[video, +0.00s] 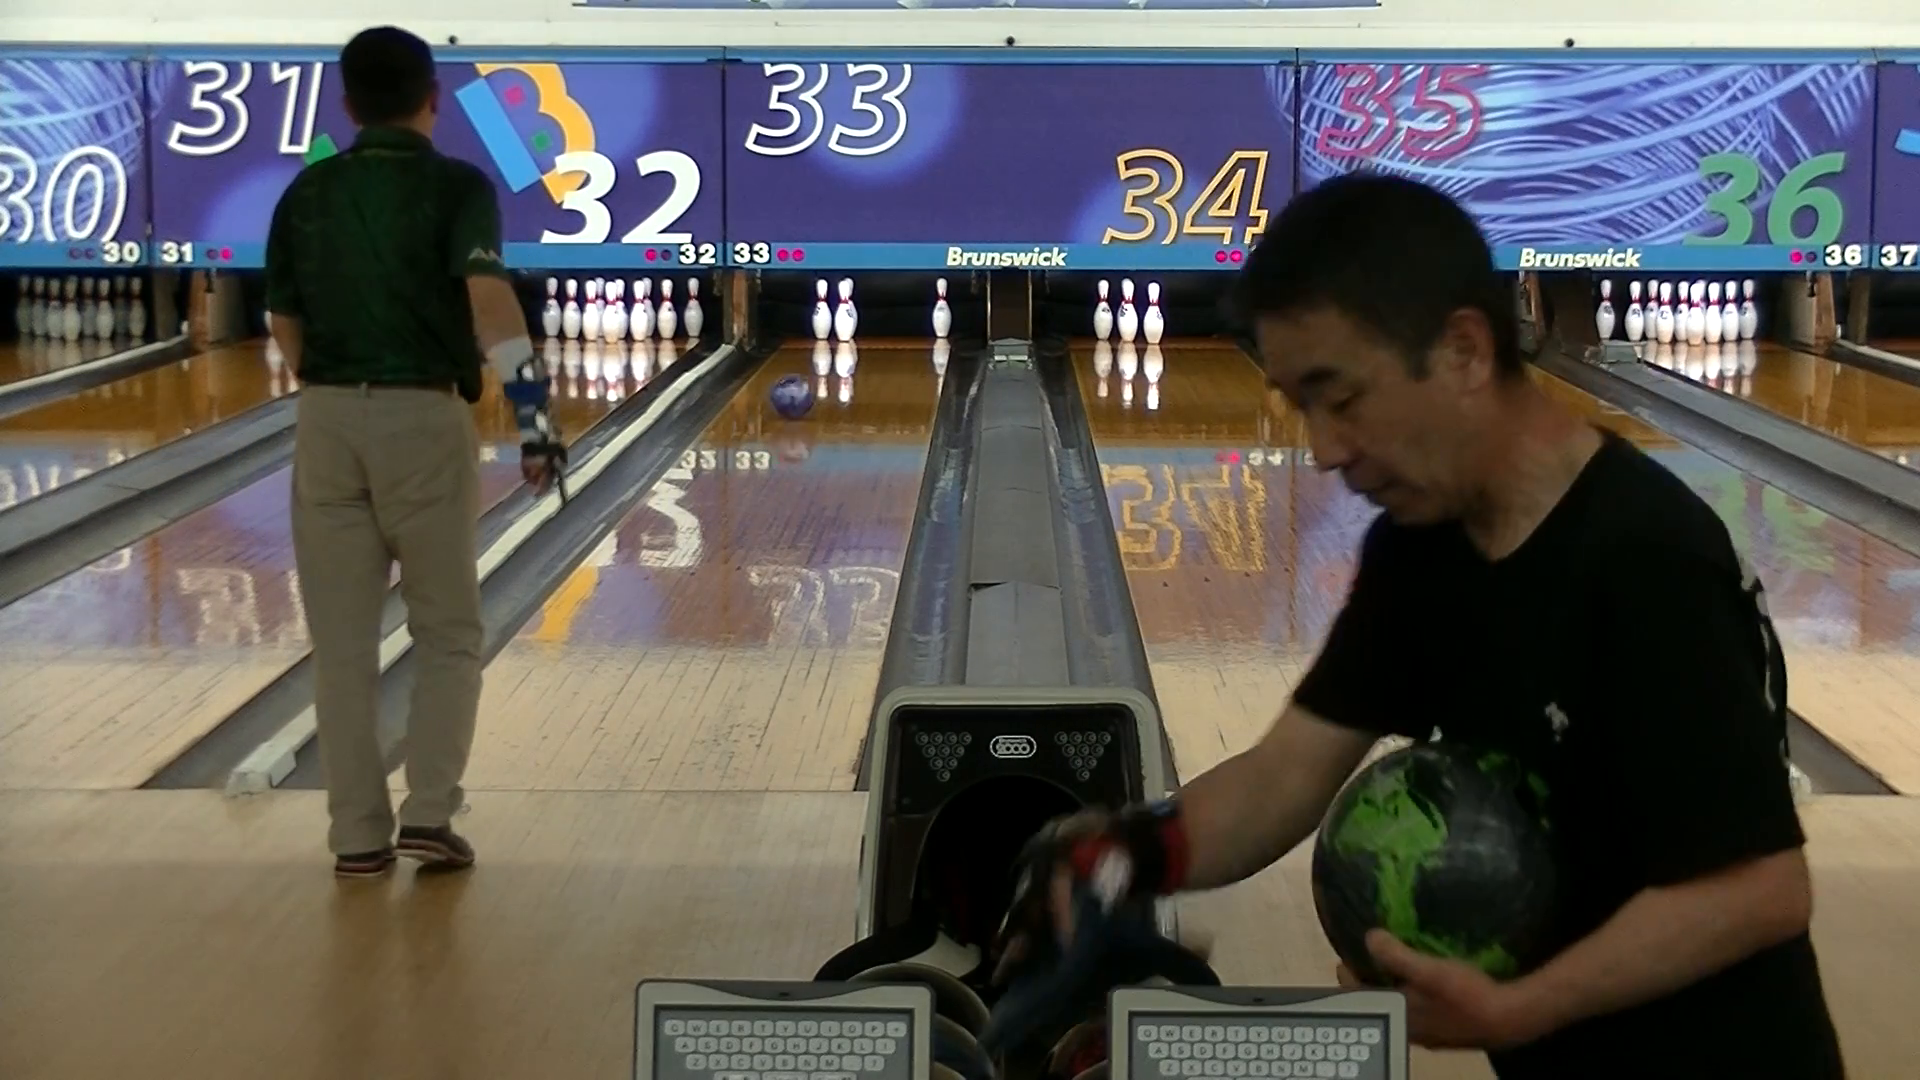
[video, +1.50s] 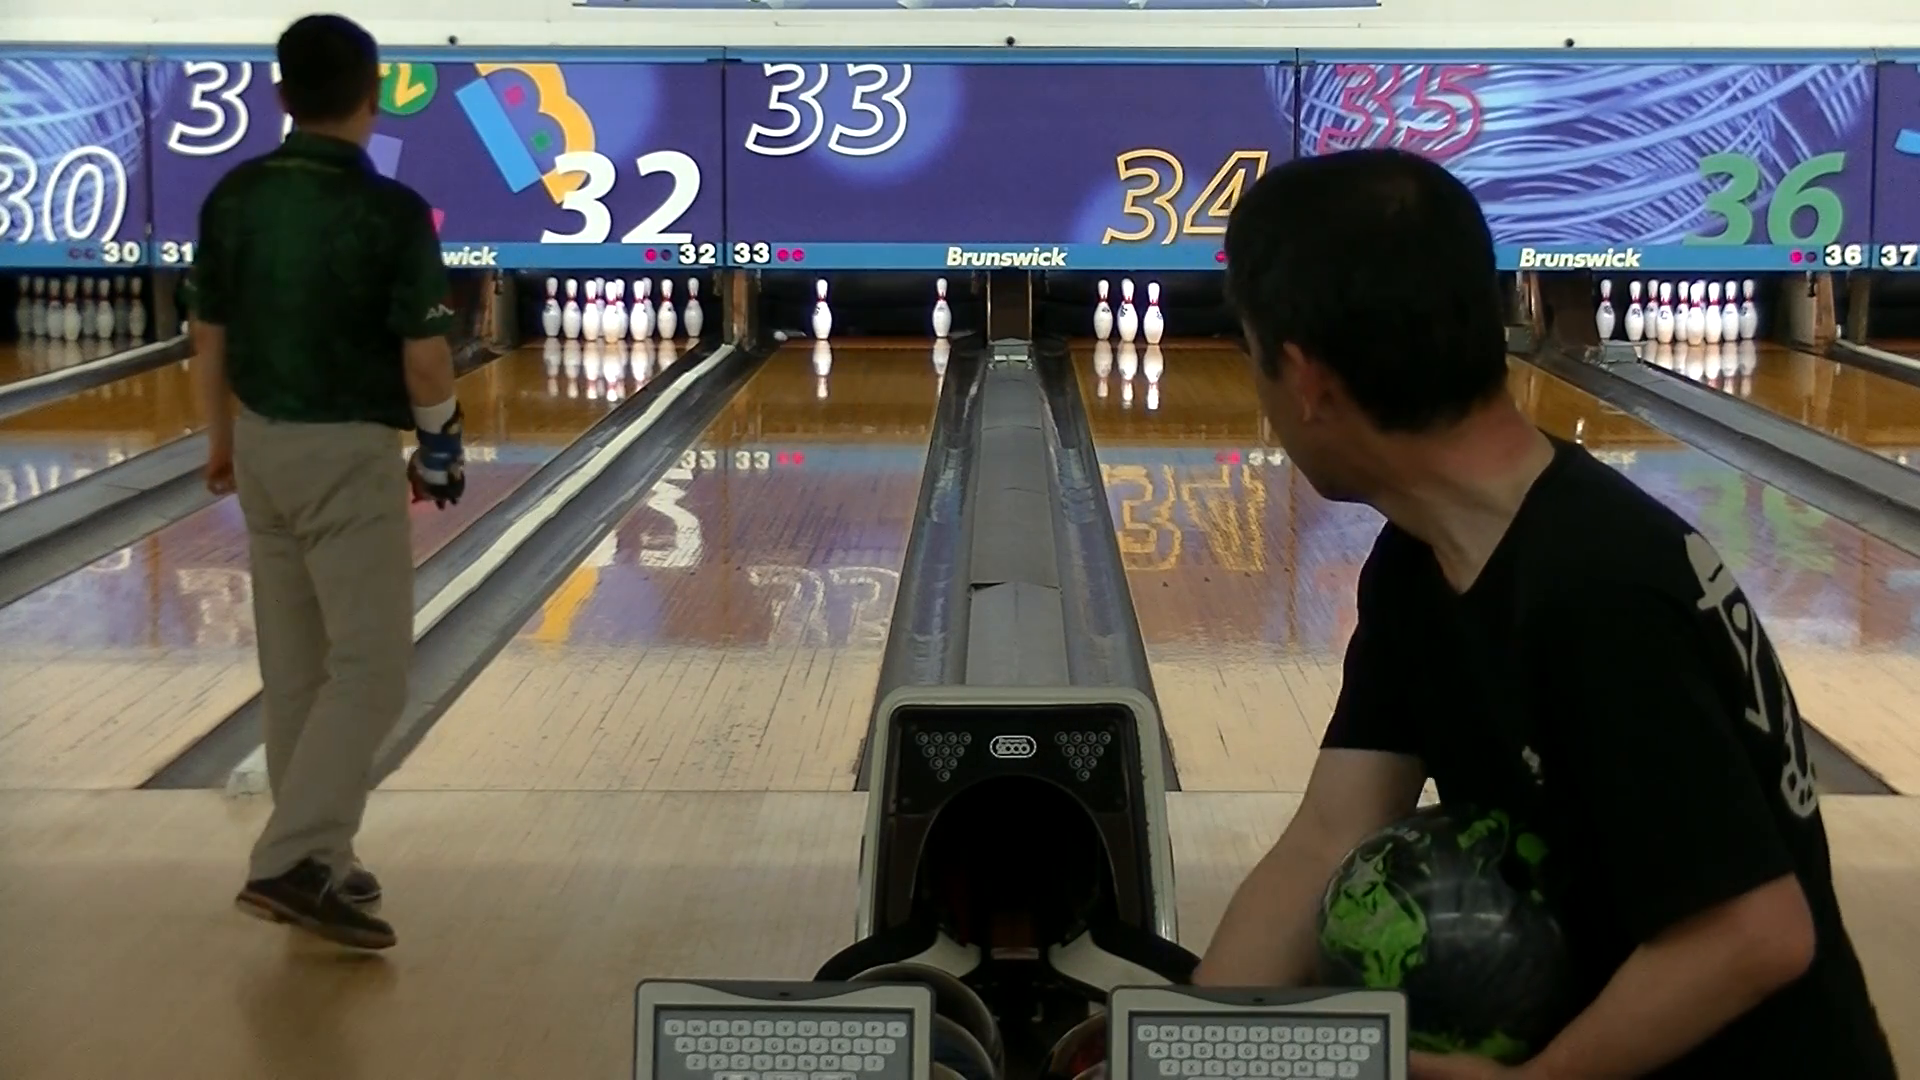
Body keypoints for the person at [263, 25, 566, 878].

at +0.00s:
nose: (440, 106)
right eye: (439, 94)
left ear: (348, 102)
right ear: (432, 99)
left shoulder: (303, 193)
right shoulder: (458, 183)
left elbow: (286, 331)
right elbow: (487, 288)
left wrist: (324, 398)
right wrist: (532, 413)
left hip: (322, 423)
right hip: (424, 421)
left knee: (339, 637)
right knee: (448, 630)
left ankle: (357, 838)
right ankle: (428, 821)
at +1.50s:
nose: (381, 99)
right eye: (378, 86)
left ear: (284, 94)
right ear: (372, 93)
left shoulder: (232, 196)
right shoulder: (392, 211)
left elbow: (209, 336)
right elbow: (422, 354)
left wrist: (219, 438)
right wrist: (441, 435)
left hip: (260, 449)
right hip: (350, 452)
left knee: (292, 667)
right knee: (371, 666)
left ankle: (324, 872)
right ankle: (291, 859)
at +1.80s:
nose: (394, 108)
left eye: (388, 92)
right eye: (389, 92)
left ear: (304, 102)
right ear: (368, 99)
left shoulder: (264, 197)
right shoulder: (350, 214)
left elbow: (240, 336)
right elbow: (404, 371)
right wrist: (444, 447)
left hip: (288, 460)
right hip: (334, 468)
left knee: (360, 661)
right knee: (329, 676)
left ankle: (342, 852)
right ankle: (280, 894)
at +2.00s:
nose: (418, 137)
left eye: (420, 120)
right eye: (410, 118)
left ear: (361, 113)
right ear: (359, 109)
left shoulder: (354, 207)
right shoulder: (294, 212)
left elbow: (361, 355)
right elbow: (331, 369)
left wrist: (399, 468)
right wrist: (401, 487)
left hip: (374, 475)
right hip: (306, 480)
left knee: (440, 684)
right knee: (307, 702)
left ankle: (406, 877)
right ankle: (279, 892)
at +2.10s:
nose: (417, 160)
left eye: (425, 143)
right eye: (411, 139)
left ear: (381, 131)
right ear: (354, 121)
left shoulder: (385, 211)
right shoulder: (275, 221)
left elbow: (392, 357)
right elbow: (292, 368)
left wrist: (433, 465)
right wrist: (322, 486)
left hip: (404, 479)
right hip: (307, 489)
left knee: (451, 692)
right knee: (301, 704)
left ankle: (443, 902)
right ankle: (280, 891)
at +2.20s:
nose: (425, 177)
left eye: (434, 161)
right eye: (414, 157)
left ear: (432, 149)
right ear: (356, 132)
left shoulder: (417, 220)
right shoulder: (272, 227)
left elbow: (448, 344)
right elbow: (244, 359)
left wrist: (483, 461)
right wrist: (240, 448)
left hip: (418, 495)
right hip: (310, 505)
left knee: (448, 707)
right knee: (300, 716)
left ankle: (462, 914)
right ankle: (283, 892)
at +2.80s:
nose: (364, 232)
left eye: (389, 219)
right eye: (352, 209)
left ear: (433, 194)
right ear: (329, 171)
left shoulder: (488, 254)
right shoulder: (270, 252)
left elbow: (536, 398)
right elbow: (262, 384)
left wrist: (536, 527)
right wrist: (282, 471)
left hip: (460, 550)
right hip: (327, 552)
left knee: (461, 770)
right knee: (339, 781)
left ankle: (448, 954)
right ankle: (351, 996)